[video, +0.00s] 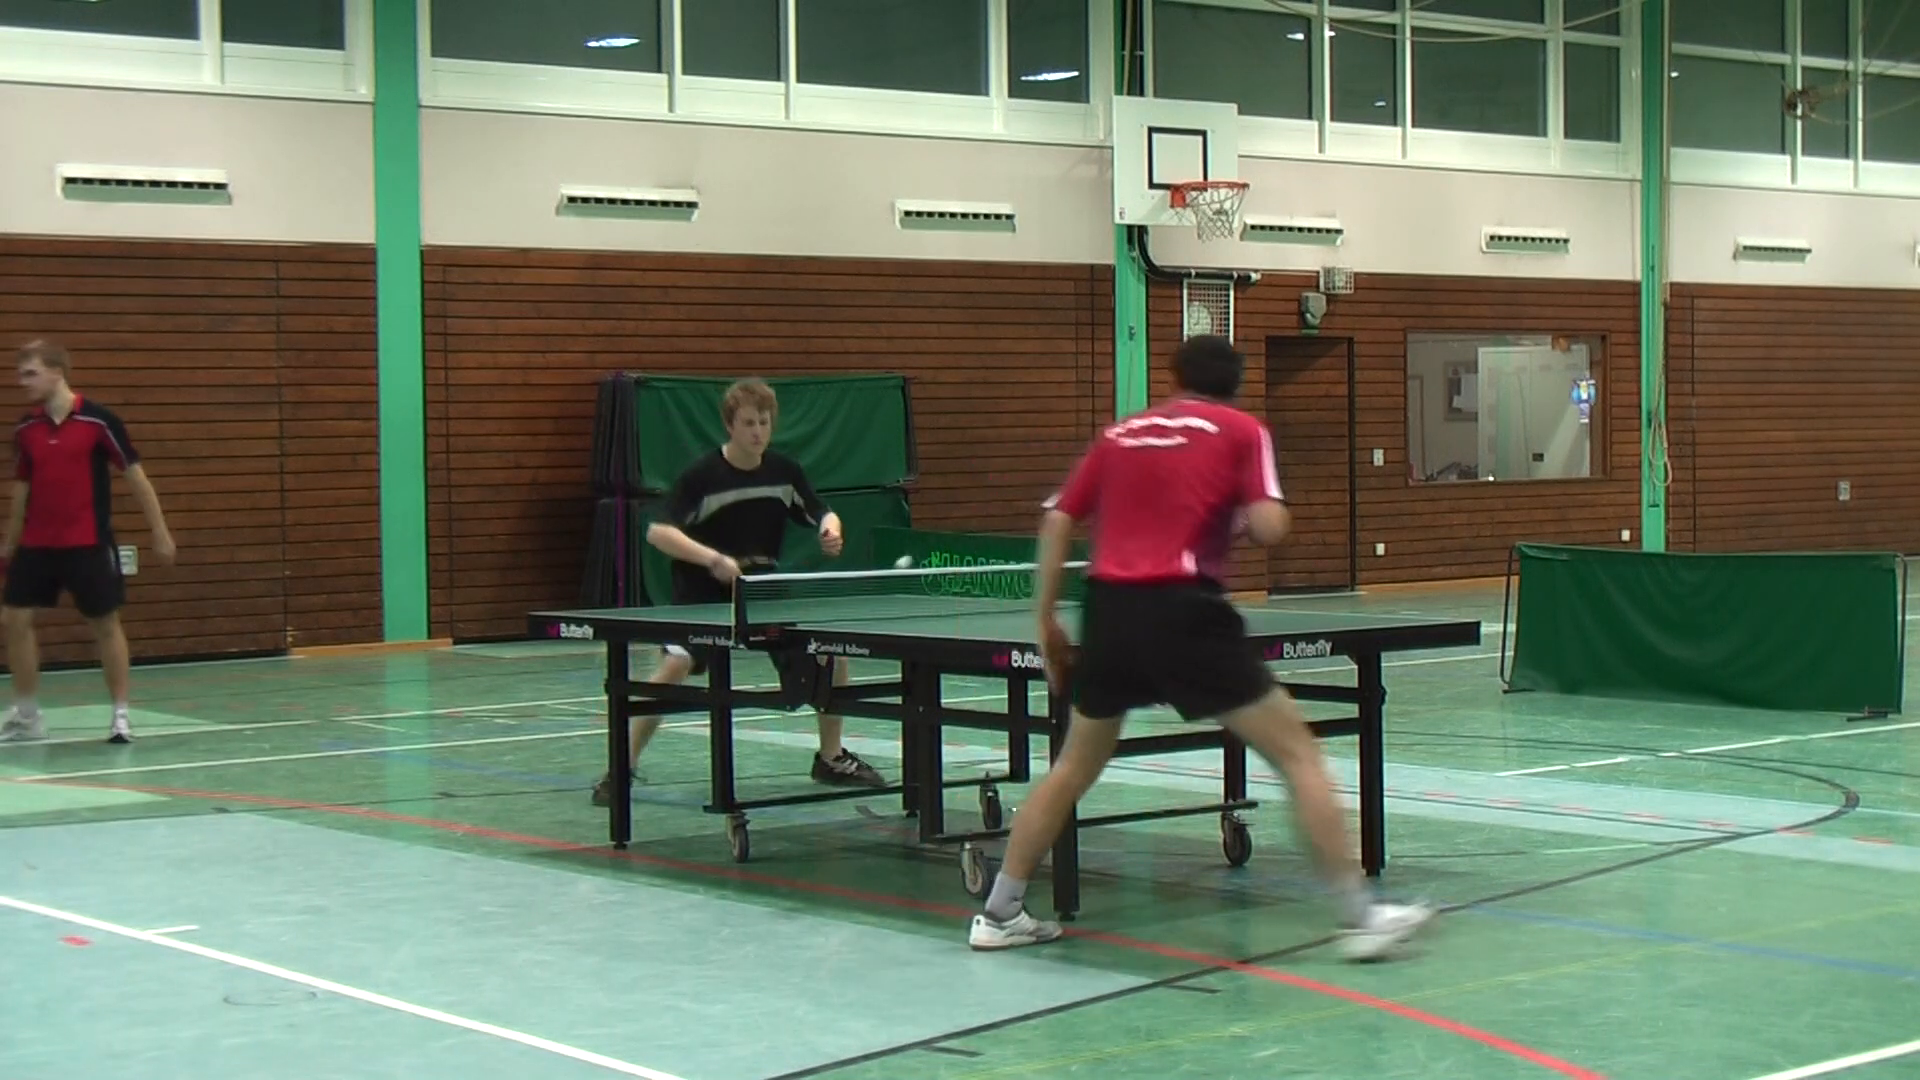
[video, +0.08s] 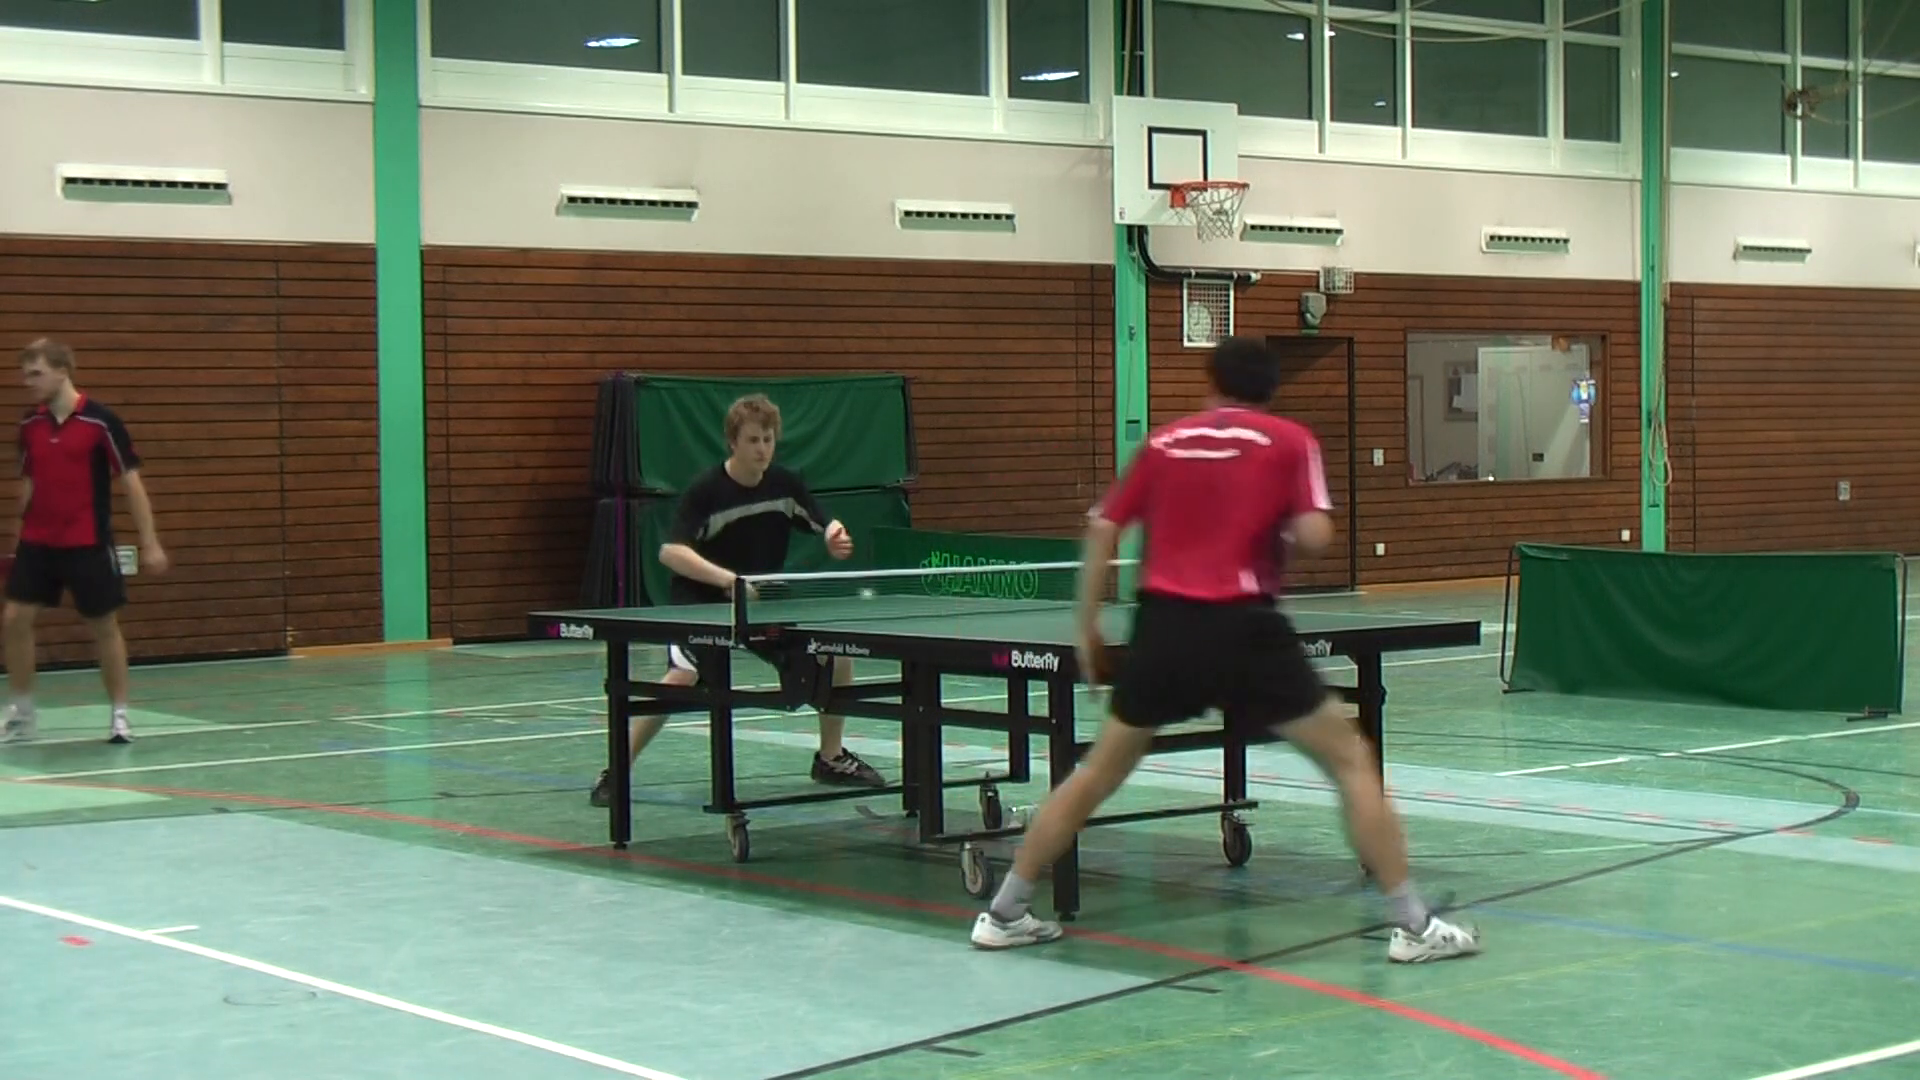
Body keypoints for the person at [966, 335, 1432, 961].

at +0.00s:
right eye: (1237, 387)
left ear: (1173, 381)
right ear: (1235, 388)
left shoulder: (1121, 432)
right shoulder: (1244, 430)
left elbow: (1057, 519)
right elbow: (1269, 525)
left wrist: (1045, 616)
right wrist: (1242, 518)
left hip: (1110, 621)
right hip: (1189, 621)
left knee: (1071, 768)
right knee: (1298, 752)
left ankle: (998, 911)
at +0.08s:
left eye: (1217, 380)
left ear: (1212, 384)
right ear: (1271, 389)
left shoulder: (1166, 440)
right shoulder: (1292, 441)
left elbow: (1103, 527)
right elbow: (1314, 533)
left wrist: (1088, 629)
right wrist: (1279, 535)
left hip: (1163, 634)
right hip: (1250, 637)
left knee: (1093, 776)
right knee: (1352, 763)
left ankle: (1002, 910)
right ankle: (1413, 924)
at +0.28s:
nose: (1275, 375)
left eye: (1275, 366)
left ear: (1282, 367)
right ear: (1345, 373)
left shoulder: (1234, 422)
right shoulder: (1371, 429)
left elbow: (1192, 519)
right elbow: (1414, 526)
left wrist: (1181, 618)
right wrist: (1371, 576)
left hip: (1238, 621)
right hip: (1328, 626)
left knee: (1167, 770)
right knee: (1399, 767)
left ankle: (1106, 917)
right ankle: (1453, 924)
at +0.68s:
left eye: (1285, 371)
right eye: (1350, 393)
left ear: (1288, 373)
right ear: (1349, 389)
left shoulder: (1224, 421)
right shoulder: (1356, 449)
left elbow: (1149, 493)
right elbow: (1374, 566)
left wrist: (1110, 550)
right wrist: (1430, 591)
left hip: (1219, 627)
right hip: (1310, 630)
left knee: (1160, 769)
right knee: (1384, 766)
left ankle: (1126, 926)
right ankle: (1450, 926)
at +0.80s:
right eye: (1324, 386)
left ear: (1265, 375)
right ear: (1324, 391)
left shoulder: (1215, 411)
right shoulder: (1328, 463)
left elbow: (1131, 457)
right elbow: (1325, 569)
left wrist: (1050, 510)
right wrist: (1360, 573)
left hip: (1197, 618)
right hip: (1282, 628)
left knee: (1143, 767)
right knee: (1356, 776)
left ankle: (1122, 928)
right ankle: (1443, 926)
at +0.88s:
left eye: (1247, 371)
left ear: (1249, 377)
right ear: (1304, 396)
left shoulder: (1224, 411)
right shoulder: (1298, 454)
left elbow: (1141, 442)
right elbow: (1260, 536)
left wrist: (1049, 476)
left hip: (1200, 606)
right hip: (1280, 615)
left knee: (1136, 762)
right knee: (1338, 778)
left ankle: (1122, 928)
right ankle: (1436, 925)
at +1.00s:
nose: (1209, 394)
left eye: (1215, 385)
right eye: (1216, 387)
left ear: (1229, 386)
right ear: (1271, 397)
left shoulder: (1241, 409)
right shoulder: (1231, 475)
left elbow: (1212, 436)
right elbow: (1128, 513)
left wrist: (1117, 470)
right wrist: (1041, 484)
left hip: (1216, 600)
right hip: (1287, 608)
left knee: (1139, 759)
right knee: (1318, 778)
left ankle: (1122, 927)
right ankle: (1428, 912)